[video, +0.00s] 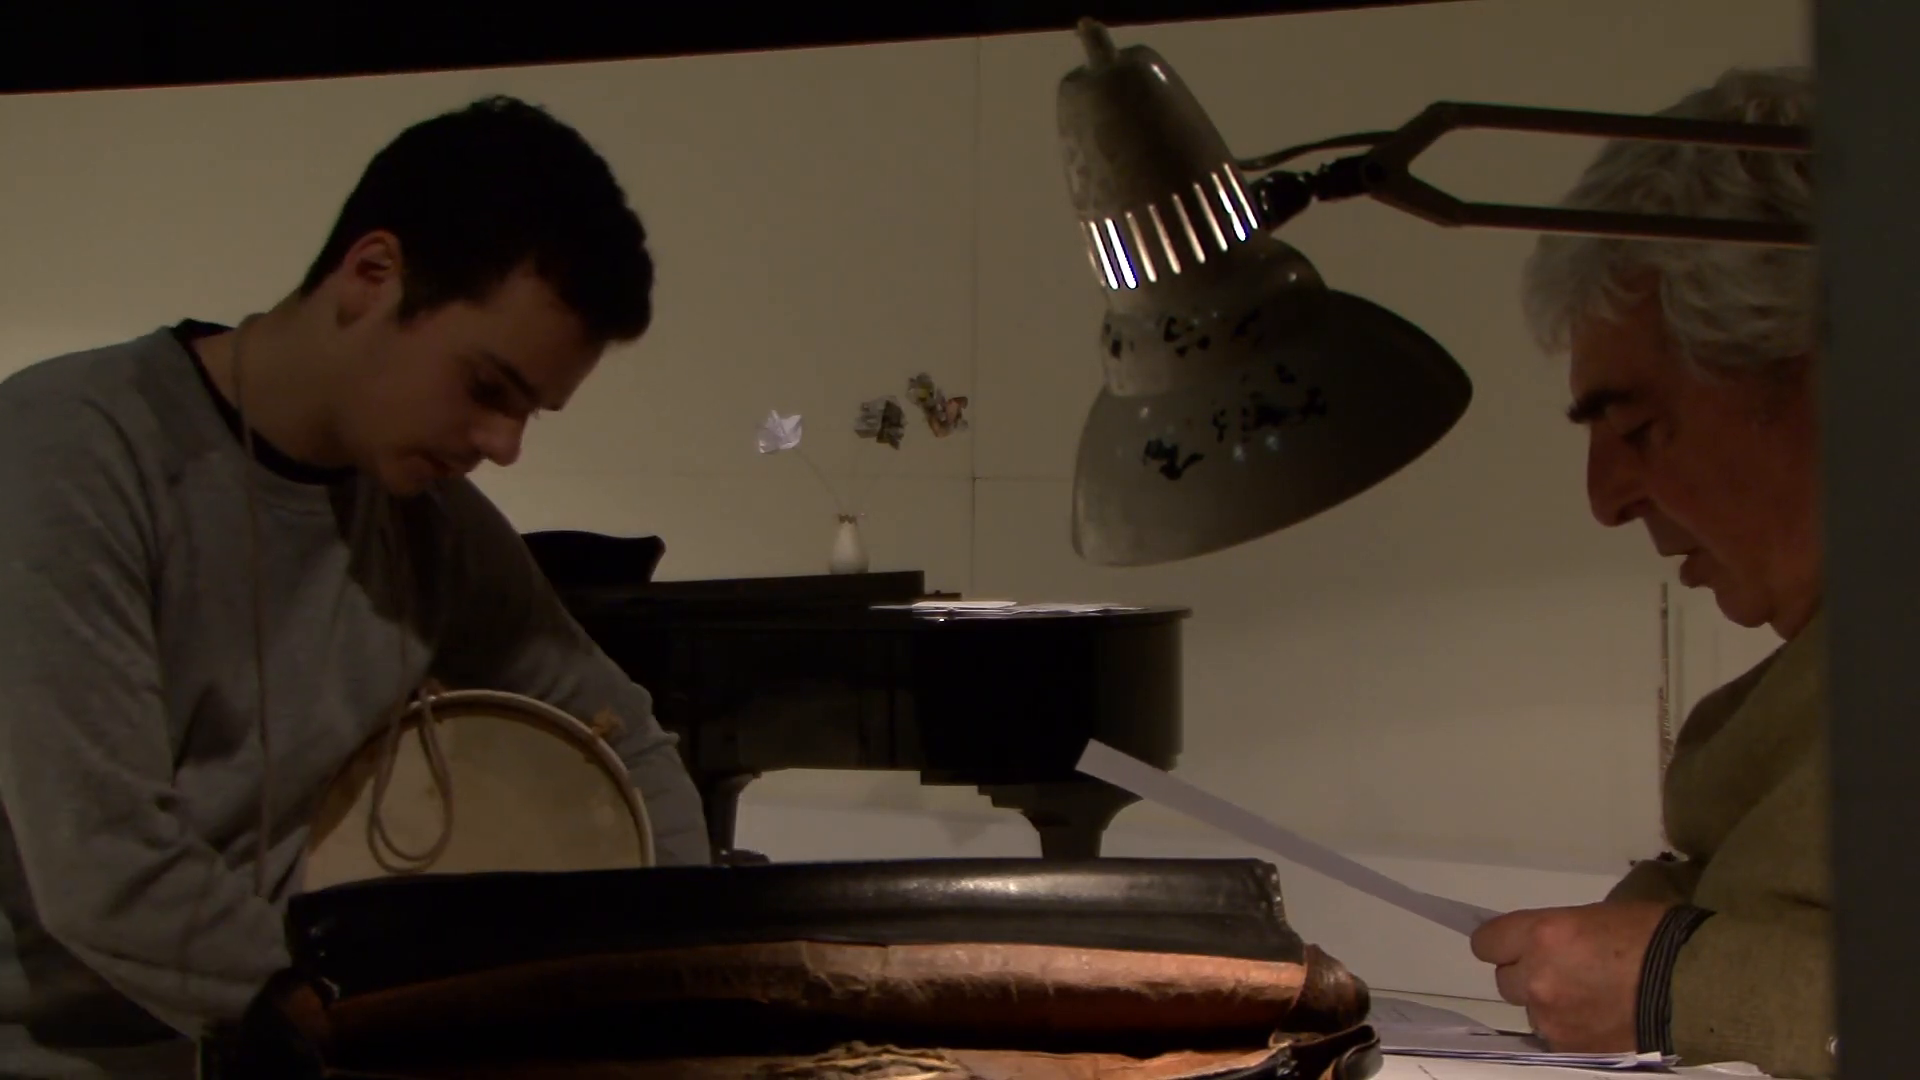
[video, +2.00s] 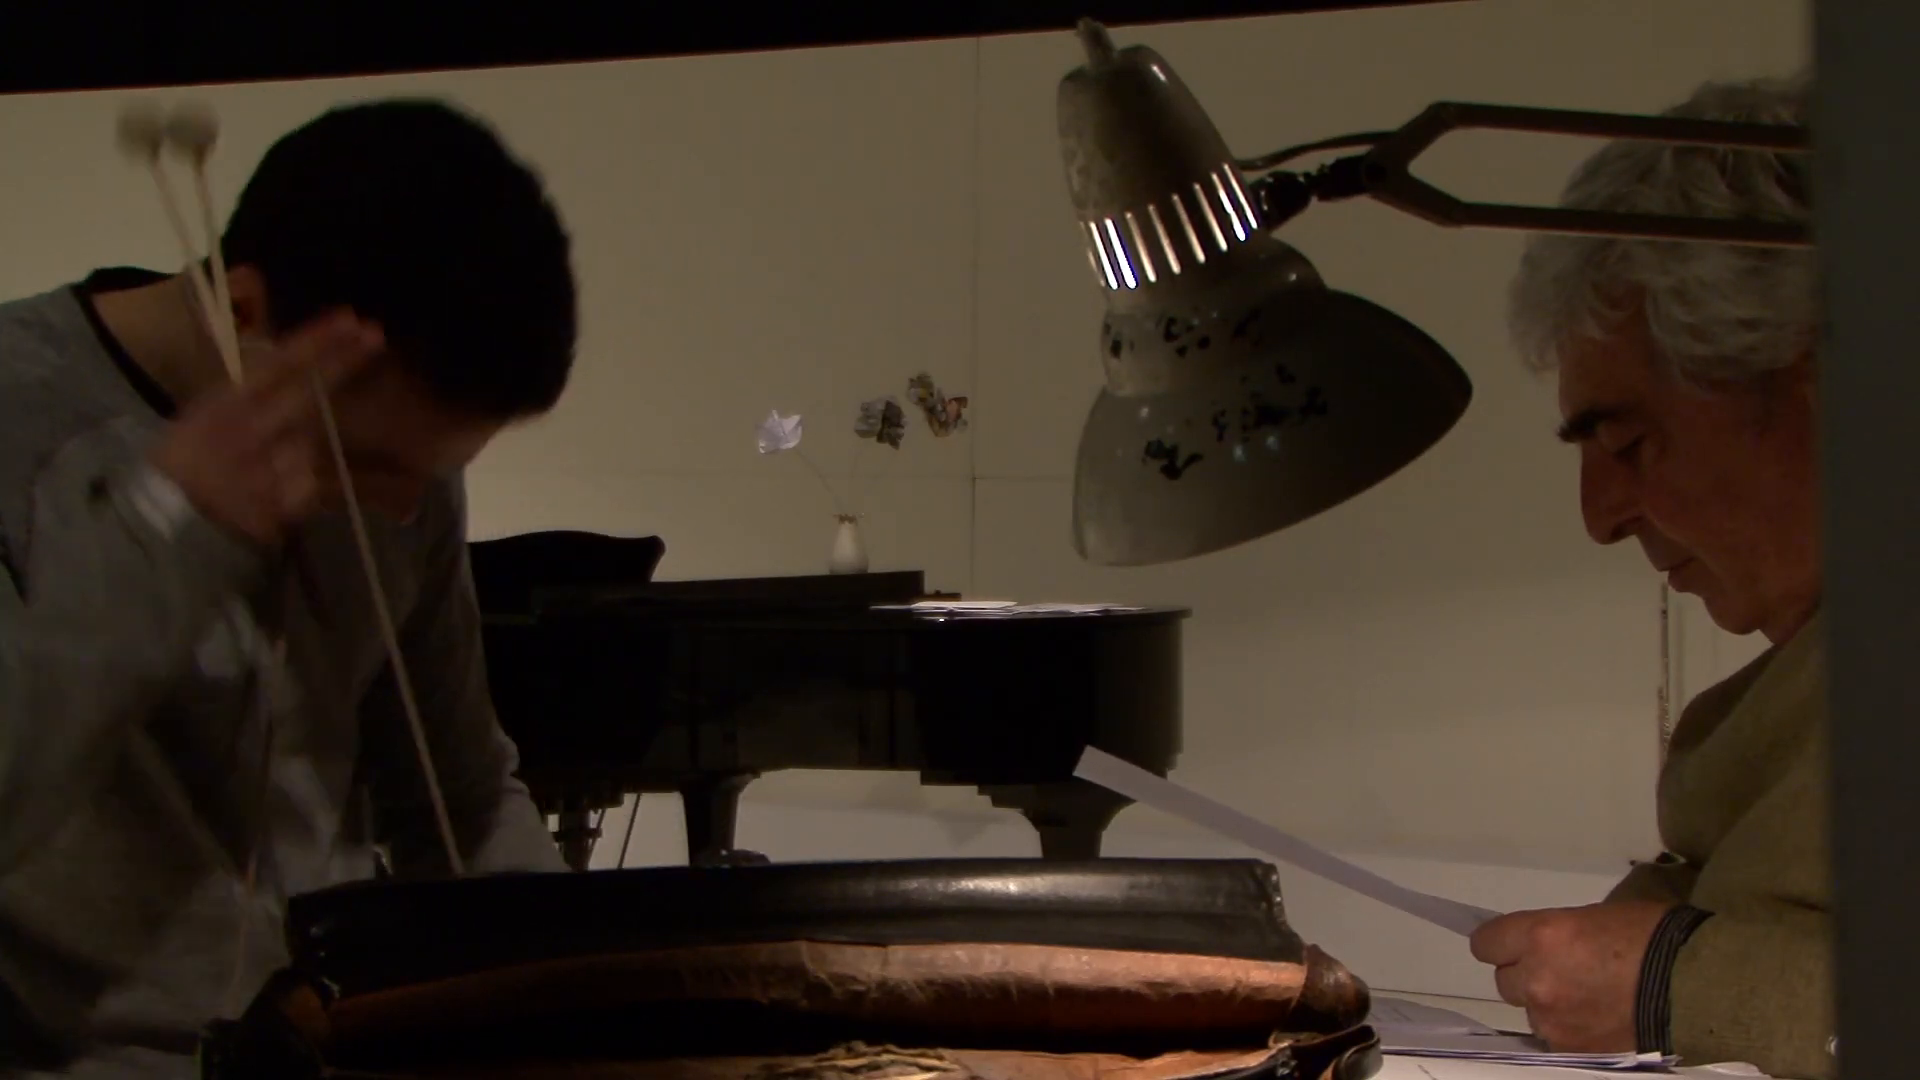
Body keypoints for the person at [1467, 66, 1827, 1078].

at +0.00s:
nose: (1609, 501)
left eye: (1636, 425)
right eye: (1599, 437)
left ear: (1818, 367)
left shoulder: (1873, 658)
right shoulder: (1801, 670)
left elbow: (1895, 999)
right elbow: (1742, 871)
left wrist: (1675, 985)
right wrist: (1649, 934)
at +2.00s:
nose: (1602, 517)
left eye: (1625, 438)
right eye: (1590, 449)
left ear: (1807, 380)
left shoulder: (1871, 660)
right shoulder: (1794, 672)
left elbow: (1893, 1006)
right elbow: (1728, 868)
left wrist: (1674, 984)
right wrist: (1645, 936)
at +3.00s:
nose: (1601, 520)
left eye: (1623, 439)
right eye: (1589, 453)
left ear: (1809, 379)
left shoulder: (1874, 656)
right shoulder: (1792, 674)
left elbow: (1896, 1004)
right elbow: (1733, 874)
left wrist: (1673, 985)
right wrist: (1642, 948)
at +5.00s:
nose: (1597, 526)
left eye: (1621, 448)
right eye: (1587, 463)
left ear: (1802, 380)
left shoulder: (1873, 655)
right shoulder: (1789, 674)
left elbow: (1892, 1007)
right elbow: (1715, 873)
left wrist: (1674, 985)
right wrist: (1641, 945)